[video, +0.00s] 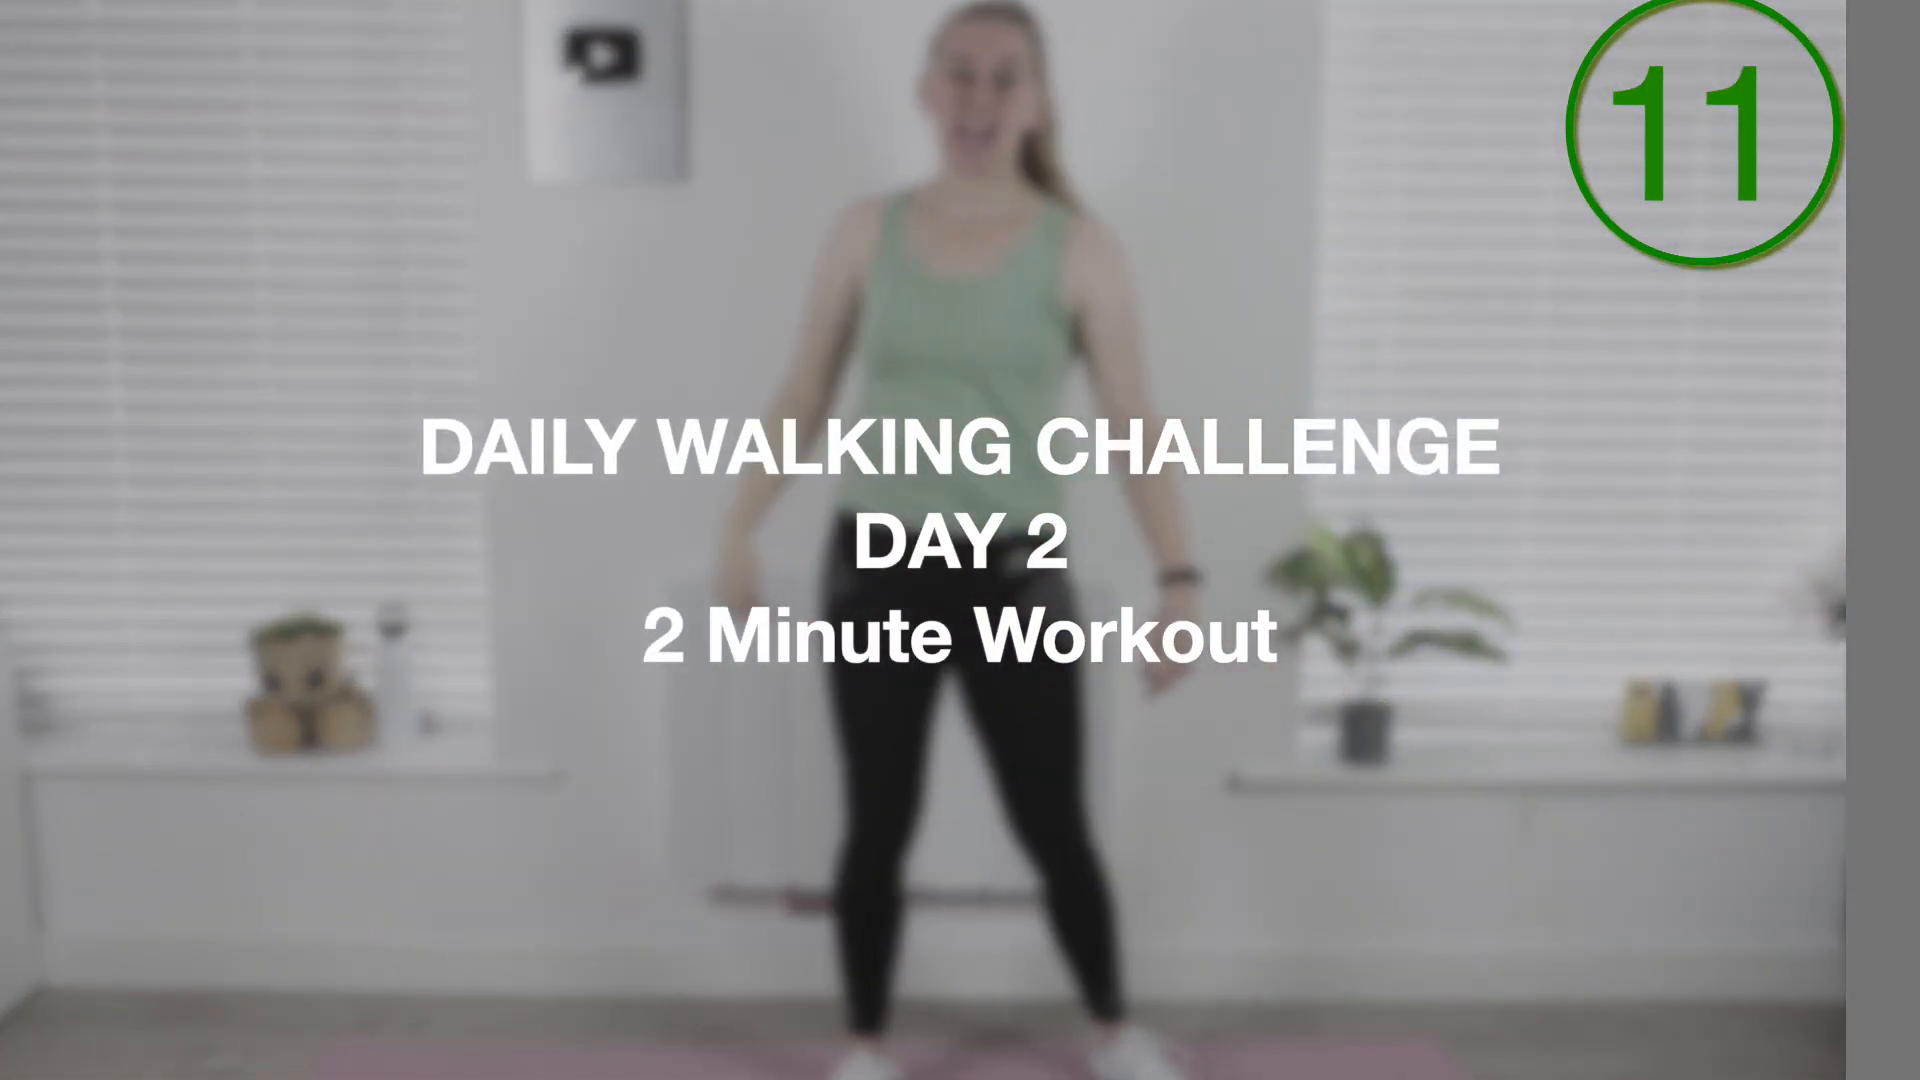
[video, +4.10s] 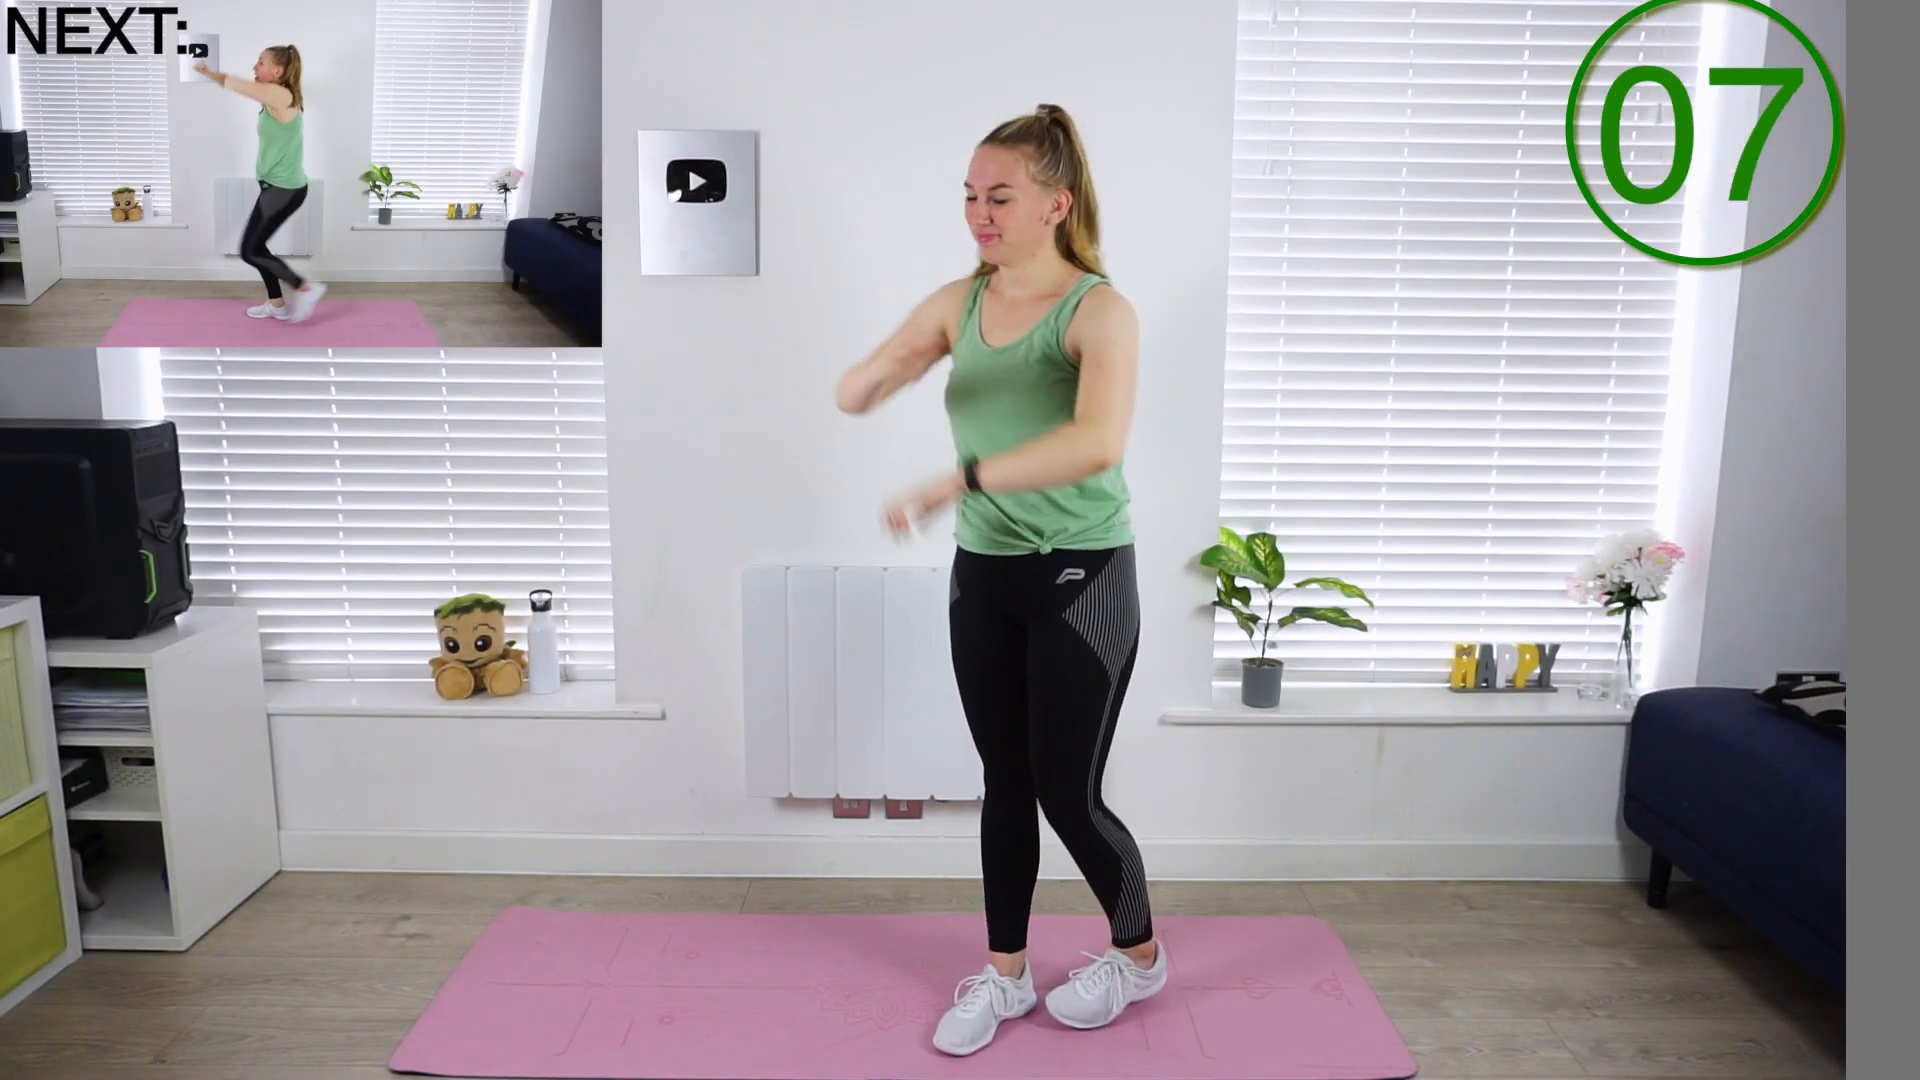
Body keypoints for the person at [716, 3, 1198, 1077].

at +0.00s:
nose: (980, 100)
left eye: (1004, 80)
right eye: (961, 77)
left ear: (1038, 99)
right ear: (927, 90)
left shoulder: (1077, 246)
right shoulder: (869, 231)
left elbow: (1134, 425)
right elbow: (804, 396)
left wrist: (1177, 576)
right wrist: (737, 533)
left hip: (1014, 562)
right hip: (879, 557)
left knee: (1051, 818)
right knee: (878, 814)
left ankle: (1114, 1033)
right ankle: (865, 1044)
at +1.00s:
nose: (1016, 191)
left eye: (1030, 170)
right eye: (991, 173)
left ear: (1048, 177)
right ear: (948, 188)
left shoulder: (1094, 307)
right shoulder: (907, 308)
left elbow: (1131, 455)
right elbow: (859, 454)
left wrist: (1136, 569)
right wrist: (844, 586)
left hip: (1057, 582)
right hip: (935, 578)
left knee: (1071, 802)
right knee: (915, 780)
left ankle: (1122, 998)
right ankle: (883, 947)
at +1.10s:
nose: (1034, 191)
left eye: (1052, 172)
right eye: (1012, 174)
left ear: (1075, 188)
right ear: (979, 192)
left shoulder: (1122, 311)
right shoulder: (938, 309)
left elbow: (1172, 455)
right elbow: (868, 443)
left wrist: (1137, 538)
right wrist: (915, 556)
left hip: (1078, 571)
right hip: (960, 564)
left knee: (1083, 792)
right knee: (929, 771)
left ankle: (1119, 981)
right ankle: (890, 932)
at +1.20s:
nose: (1052, 205)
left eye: (1071, 186)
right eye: (1033, 186)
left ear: (1097, 200)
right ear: (1004, 200)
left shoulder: (1140, 319)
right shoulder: (961, 307)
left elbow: (1207, 444)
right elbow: (869, 423)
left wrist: (1136, 498)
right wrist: (968, 456)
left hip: (1094, 578)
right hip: (982, 572)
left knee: (1091, 789)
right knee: (939, 773)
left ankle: (1118, 972)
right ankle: (911, 922)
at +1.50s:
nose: (1066, 201)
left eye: (1086, 184)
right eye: (1048, 182)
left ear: (1117, 201)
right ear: (1022, 194)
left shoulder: (1136, 306)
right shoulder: (987, 280)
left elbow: (1174, 383)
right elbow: (865, 291)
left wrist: (1036, 400)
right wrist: (997, 286)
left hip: (1101, 576)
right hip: (994, 572)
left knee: (1099, 787)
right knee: (999, 787)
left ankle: (1116, 972)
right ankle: (1007, 972)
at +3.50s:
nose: (987, 204)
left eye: (1010, 186)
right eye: (972, 184)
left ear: (1053, 198)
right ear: (956, 193)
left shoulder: (1092, 299)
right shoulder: (924, 290)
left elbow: (1069, 341)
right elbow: (827, 350)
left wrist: (958, 340)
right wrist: (941, 326)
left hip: (1073, 578)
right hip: (964, 578)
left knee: (1084, 786)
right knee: (996, 786)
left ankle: (1116, 970)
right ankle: (1007, 971)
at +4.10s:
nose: (978, 211)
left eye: (999, 195)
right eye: (972, 193)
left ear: (1059, 204)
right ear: (967, 198)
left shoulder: (1100, 311)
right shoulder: (959, 303)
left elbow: (1098, 444)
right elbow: (853, 394)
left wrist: (960, 478)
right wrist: (884, 374)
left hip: (1082, 576)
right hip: (985, 573)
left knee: (1067, 789)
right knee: (1005, 782)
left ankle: (1138, 953)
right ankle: (1007, 970)